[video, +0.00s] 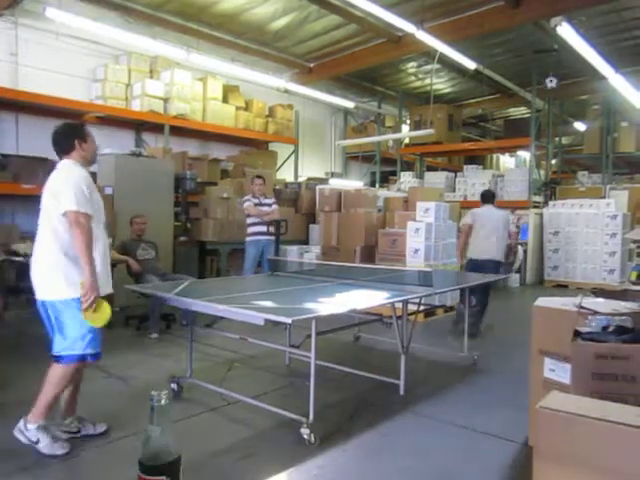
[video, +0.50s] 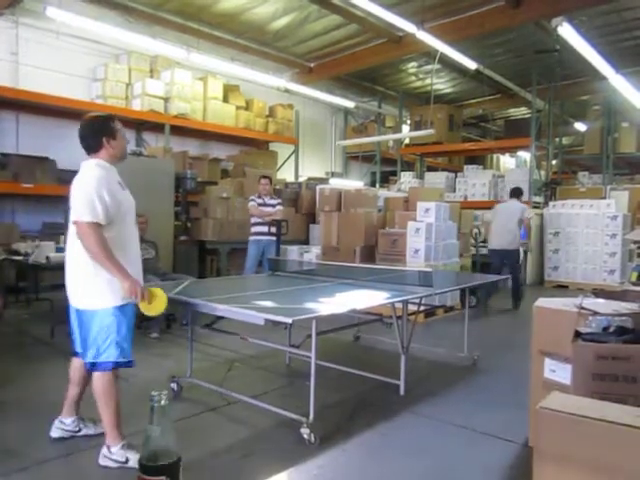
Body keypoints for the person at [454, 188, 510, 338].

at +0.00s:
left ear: (480, 201)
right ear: (494, 201)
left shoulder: (473, 213)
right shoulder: (504, 215)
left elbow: (464, 233)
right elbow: (512, 239)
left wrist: (460, 255)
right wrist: (508, 258)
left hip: (474, 259)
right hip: (495, 260)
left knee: (467, 292)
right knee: (484, 293)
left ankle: (461, 321)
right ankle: (475, 326)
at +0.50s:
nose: (521, 199)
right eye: (521, 197)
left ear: (509, 195)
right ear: (521, 197)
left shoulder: (498, 206)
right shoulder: (523, 207)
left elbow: (488, 222)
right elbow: (527, 223)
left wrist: (487, 237)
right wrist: (528, 240)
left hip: (495, 245)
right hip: (512, 246)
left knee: (494, 275)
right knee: (515, 275)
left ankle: (485, 298)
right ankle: (516, 302)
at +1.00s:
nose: (531, 233)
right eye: (531, 232)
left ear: (522, 229)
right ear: (531, 231)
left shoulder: (513, 234)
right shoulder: (533, 240)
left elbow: (503, 243)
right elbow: (537, 254)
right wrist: (539, 268)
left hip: (509, 259)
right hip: (524, 260)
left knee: (509, 277)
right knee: (527, 277)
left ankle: (510, 294)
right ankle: (526, 294)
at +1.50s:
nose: (548, 216)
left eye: (548, 214)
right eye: (548, 215)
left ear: (538, 211)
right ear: (547, 214)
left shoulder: (527, 218)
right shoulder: (544, 224)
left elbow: (517, 228)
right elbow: (546, 242)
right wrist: (549, 257)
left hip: (515, 247)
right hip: (528, 250)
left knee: (529, 267)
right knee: (537, 268)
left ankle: (525, 287)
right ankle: (530, 288)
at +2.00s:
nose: (542, 198)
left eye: (543, 195)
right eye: (540, 195)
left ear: (535, 195)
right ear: (535, 195)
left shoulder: (534, 208)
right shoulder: (530, 208)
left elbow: (533, 224)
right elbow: (528, 225)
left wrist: (540, 231)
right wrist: (539, 238)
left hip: (536, 243)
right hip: (530, 243)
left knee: (538, 269)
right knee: (534, 270)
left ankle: (534, 288)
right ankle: (519, 290)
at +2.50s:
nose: (537, 198)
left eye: (539, 195)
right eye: (535, 194)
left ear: (540, 196)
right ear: (529, 194)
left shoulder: (544, 210)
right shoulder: (519, 209)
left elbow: (546, 225)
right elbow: (511, 226)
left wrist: (542, 231)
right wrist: (517, 243)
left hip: (537, 247)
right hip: (522, 246)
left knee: (539, 274)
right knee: (521, 273)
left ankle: (536, 295)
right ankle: (520, 292)